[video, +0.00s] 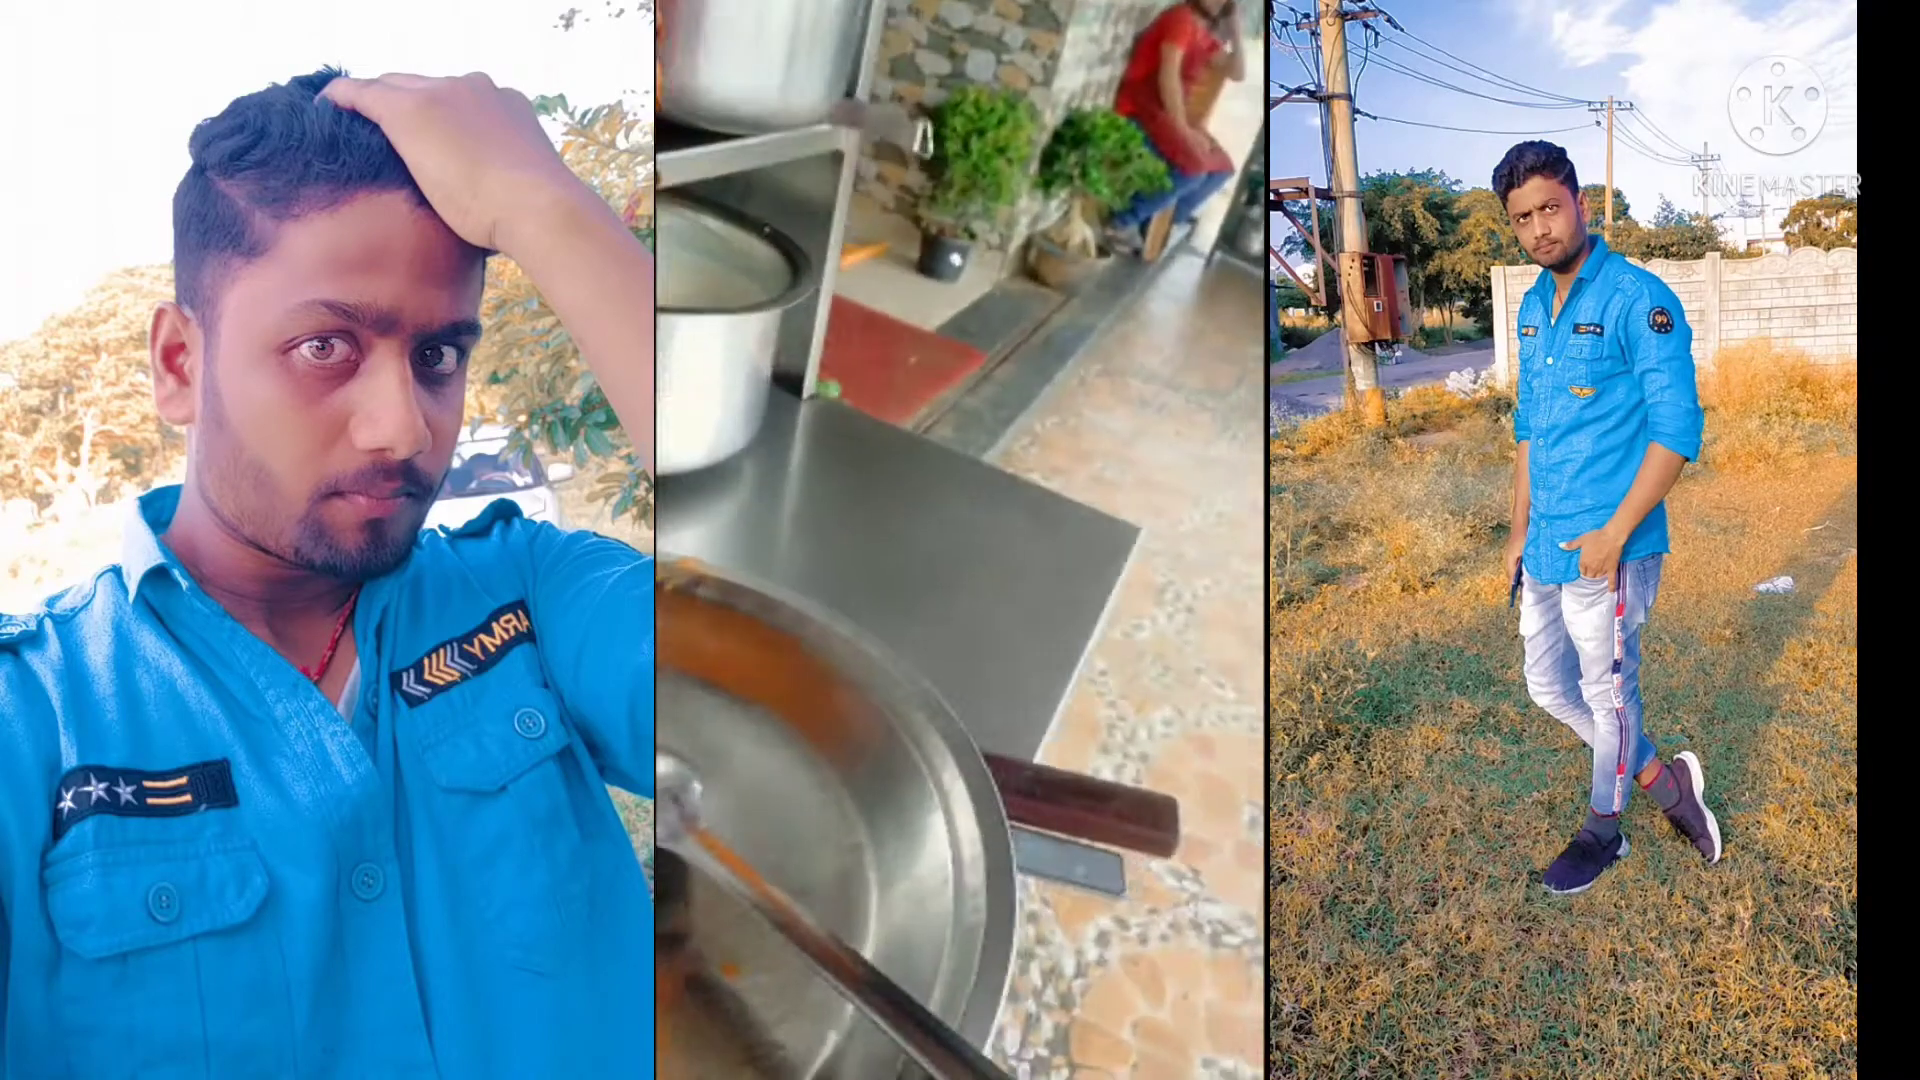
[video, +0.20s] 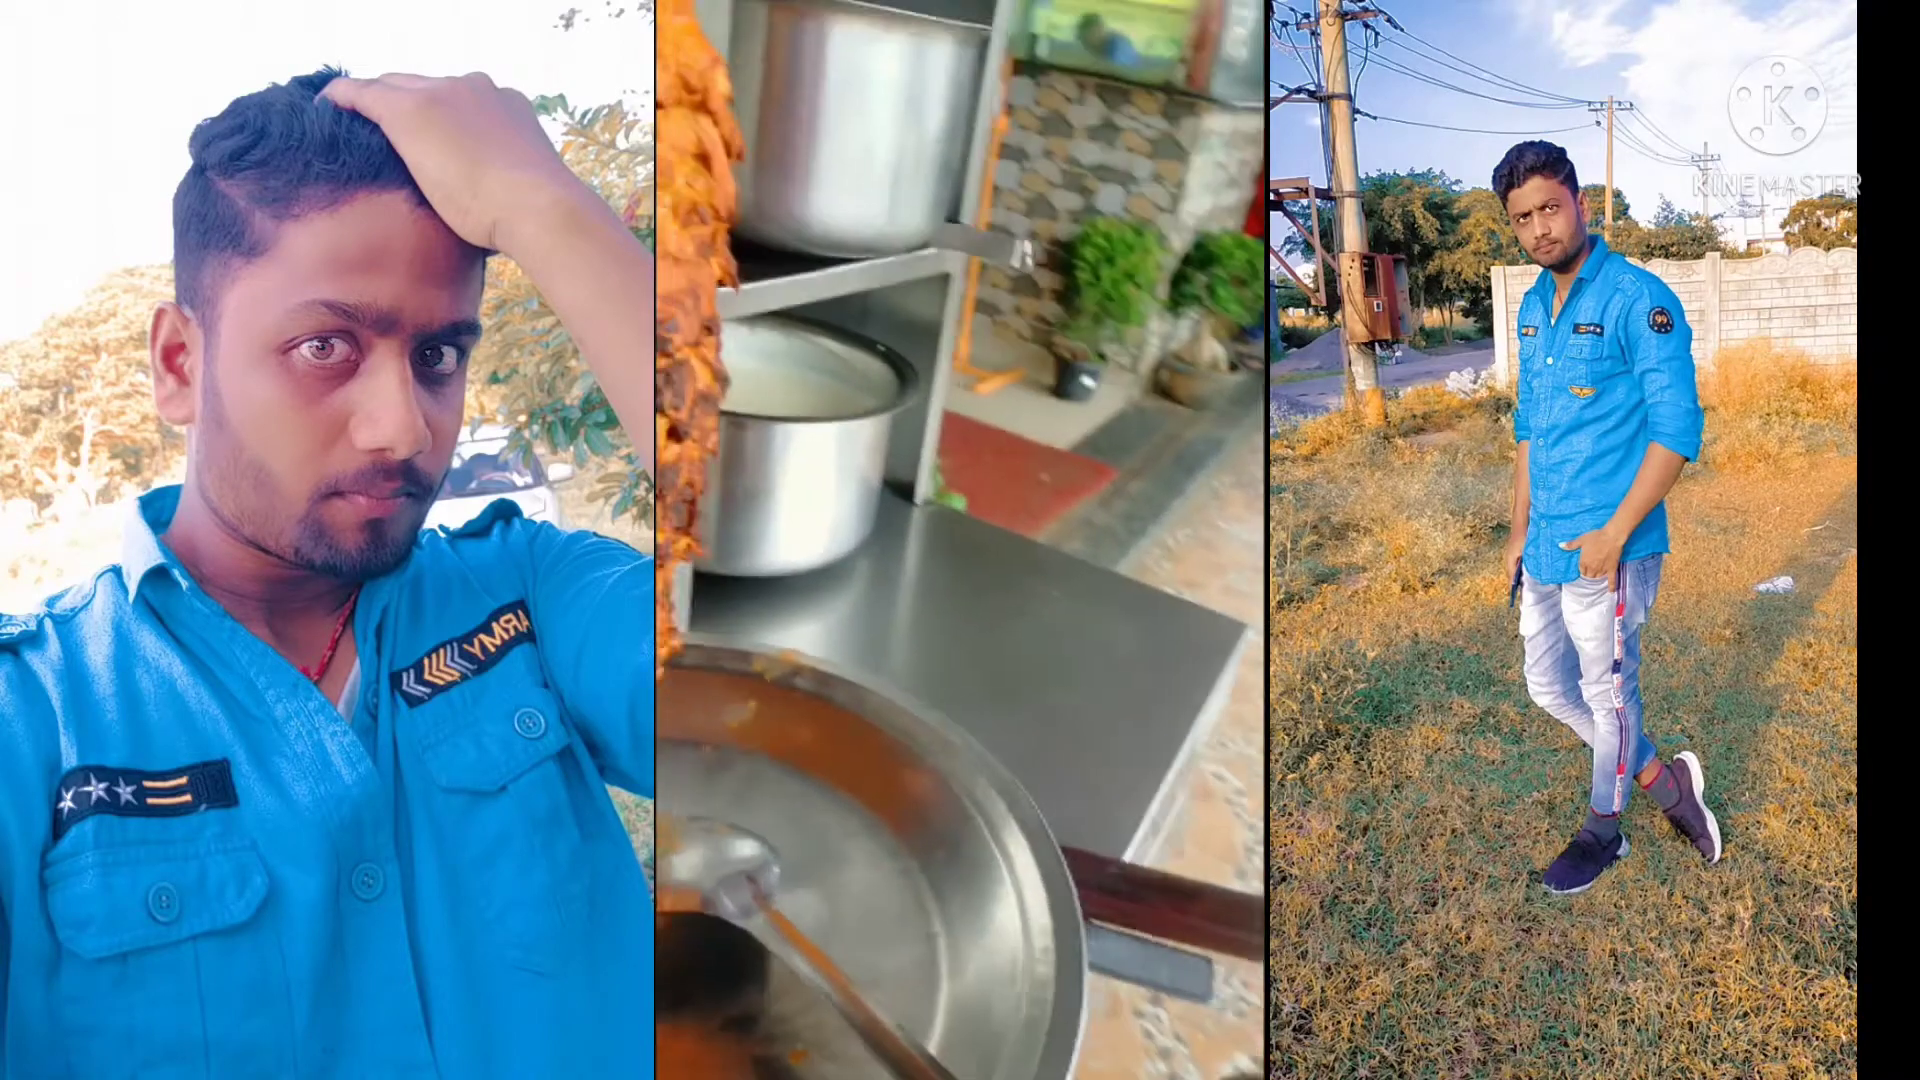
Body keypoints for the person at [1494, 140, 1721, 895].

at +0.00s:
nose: (1537, 229)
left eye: (1548, 208)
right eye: (1522, 219)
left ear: (1582, 202)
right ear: (1513, 228)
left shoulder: (1641, 298)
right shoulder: (1534, 306)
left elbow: (1678, 432)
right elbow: (1529, 431)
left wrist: (1616, 532)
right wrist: (1520, 528)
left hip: (1611, 537)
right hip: (1544, 538)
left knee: (1609, 690)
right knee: (1549, 684)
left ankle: (1602, 828)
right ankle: (1665, 777)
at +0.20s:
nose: (1537, 229)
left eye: (1549, 209)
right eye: (1522, 219)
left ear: (1582, 203)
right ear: (1513, 228)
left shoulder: (1640, 298)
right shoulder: (1534, 307)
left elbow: (1678, 431)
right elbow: (1529, 431)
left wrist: (1615, 532)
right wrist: (1520, 528)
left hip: (1611, 536)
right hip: (1544, 538)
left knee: (1609, 689)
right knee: (1549, 684)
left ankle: (1602, 828)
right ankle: (1665, 778)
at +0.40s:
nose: (1537, 229)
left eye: (1548, 208)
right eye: (1522, 219)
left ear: (1582, 202)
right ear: (1513, 228)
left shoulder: (1641, 298)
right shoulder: (1534, 306)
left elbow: (1678, 432)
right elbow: (1529, 431)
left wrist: (1615, 532)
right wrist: (1520, 528)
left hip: (1612, 537)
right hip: (1544, 538)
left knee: (1609, 690)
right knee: (1549, 685)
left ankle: (1602, 828)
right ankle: (1665, 777)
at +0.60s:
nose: (1537, 229)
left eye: (1549, 208)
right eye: (1522, 219)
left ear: (1582, 202)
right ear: (1513, 228)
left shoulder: (1641, 299)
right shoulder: (1534, 306)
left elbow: (1678, 432)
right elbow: (1529, 431)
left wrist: (1615, 533)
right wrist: (1520, 529)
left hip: (1611, 538)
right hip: (1544, 539)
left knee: (1610, 692)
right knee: (1548, 685)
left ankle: (1602, 827)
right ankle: (1665, 777)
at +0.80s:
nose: (1537, 229)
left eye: (1548, 208)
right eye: (1522, 219)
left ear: (1582, 202)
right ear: (1513, 229)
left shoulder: (1641, 299)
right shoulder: (1534, 307)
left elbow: (1678, 432)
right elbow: (1529, 431)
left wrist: (1615, 533)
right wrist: (1520, 528)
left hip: (1611, 537)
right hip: (1544, 538)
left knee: (1610, 691)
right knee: (1549, 685)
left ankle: (1602, 827)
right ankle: (1665, 778)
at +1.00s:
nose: (1537, 229)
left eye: (1549, 208)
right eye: (1522, 219)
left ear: (1582, 203)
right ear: (1513, 229)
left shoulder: (1640, 299)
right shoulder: (1534, 308)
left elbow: (1678, 432)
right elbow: (1529, 432)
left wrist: (1615, 533)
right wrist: (1520, 530)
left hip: (1611, 537)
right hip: (1544, 538)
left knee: (1610, 690)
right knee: (1549, 684)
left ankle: (1602, 828)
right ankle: (1665, 778)